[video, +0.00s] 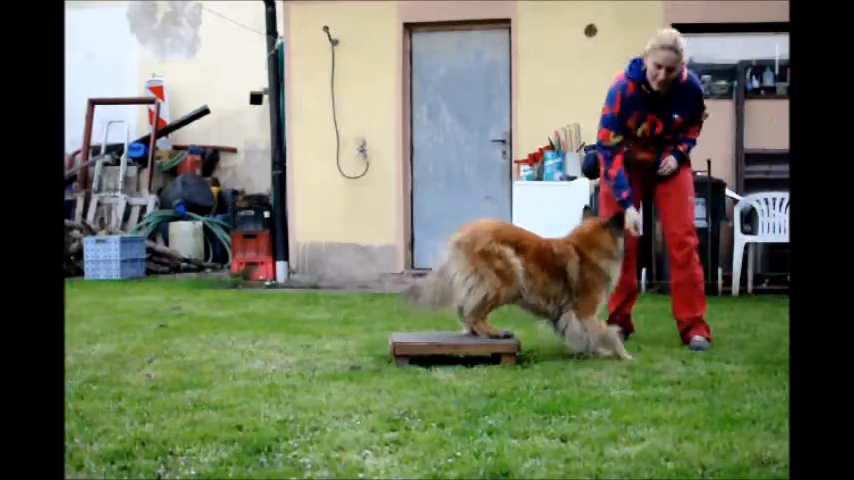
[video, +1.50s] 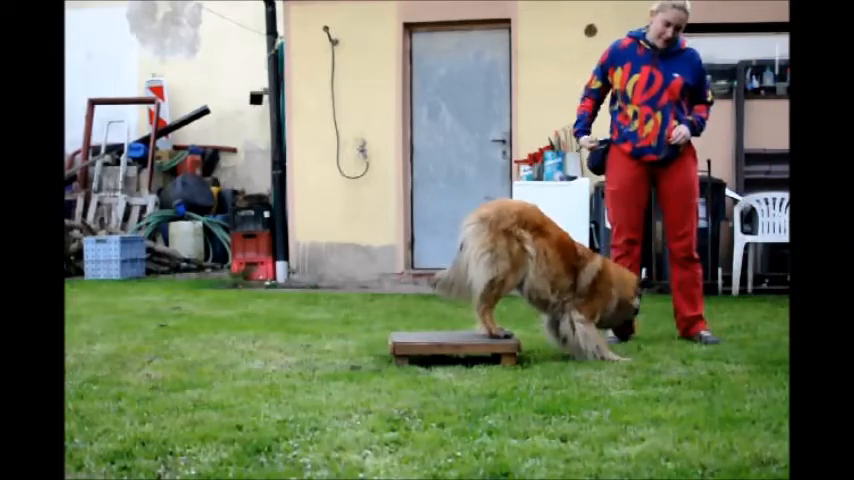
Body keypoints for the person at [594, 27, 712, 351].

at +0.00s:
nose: (662, 75)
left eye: (670, 69)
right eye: (657, 67)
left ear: (680, 66)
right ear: (645, 60)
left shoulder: (690, 88)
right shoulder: (623, 88)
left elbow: (693, 127)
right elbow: (608, 147)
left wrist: (677, 154)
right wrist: (626, 203)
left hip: (670, 166)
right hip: (624, 164)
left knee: (683, 239)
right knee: (620, 240)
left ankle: (694, 327)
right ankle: (619, 322)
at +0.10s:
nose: (659, 103)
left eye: (666, 97)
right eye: (653, 95)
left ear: (677, 93)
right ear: (642, 87)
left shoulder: (687, 108)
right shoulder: (624, 108)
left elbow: (690, 138)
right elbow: (618, 163)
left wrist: (675, 164)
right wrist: (622, 223)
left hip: (668, 170)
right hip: (624, 169)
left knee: (682, 243)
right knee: (619, 244)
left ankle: (693, 327)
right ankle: (615, 324)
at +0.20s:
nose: (654, 146)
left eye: (662, 140)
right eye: (649, 138)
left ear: (674, 131)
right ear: (638, 128)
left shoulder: (688, 131)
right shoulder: (622, 145)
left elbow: (688, 153)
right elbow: (622, 212)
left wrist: (674, 176)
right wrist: (623, 269)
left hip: (669, 176)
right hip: (622, 178)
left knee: (682, 244)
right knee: (618, 247)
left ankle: (693, 329)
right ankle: (623, 333)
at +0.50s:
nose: (650, 135)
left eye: (658, 129)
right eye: (645, 126)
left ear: (673, 118)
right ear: (636, 115)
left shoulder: (689, 126)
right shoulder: (618, 128)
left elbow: (688, 153)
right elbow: (593, 181)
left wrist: (675, 174)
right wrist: (589, 240)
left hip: (669, 177)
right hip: (623, 177)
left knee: (682, 245)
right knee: (618, 246)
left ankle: (693, 330)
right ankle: (619, 328)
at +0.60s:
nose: (649, 112)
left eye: (657, 106)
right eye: (644, 104)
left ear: (671, 98)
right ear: (634, 94)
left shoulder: (684, 110)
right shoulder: (613, 111)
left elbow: (692, 139)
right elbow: (583, 160)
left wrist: (674, 167)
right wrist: (588, 210)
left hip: (667, 170)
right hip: (618, 171)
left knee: (682, 244)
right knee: (618, 246)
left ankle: (693, 329)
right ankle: (619, 329)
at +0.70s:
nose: (645, 79)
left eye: (653, 73)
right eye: (640, 71)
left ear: (665, 68)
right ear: (630, 63)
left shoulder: (679, 89)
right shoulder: (606, 84)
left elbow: (692, 124)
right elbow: (578, 120)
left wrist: (674, 153)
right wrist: (585, 162)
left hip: (665, 166)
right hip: (615, 167)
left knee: (679, 244)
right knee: (615, 245)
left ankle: (692, 329)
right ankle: (614, 330)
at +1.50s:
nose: (670, 33)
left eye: (677, 29)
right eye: (666, 24)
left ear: (684, 29)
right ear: (652, 16)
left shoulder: (689, 58)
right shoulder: (620, 50)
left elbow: (702, 103)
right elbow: (594, 92)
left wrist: (690, 126)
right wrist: (581, 131)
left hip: (676, 157)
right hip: (626, 156)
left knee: (684, 244)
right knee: (625, 242)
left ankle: (692, 325)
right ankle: (621, 325)